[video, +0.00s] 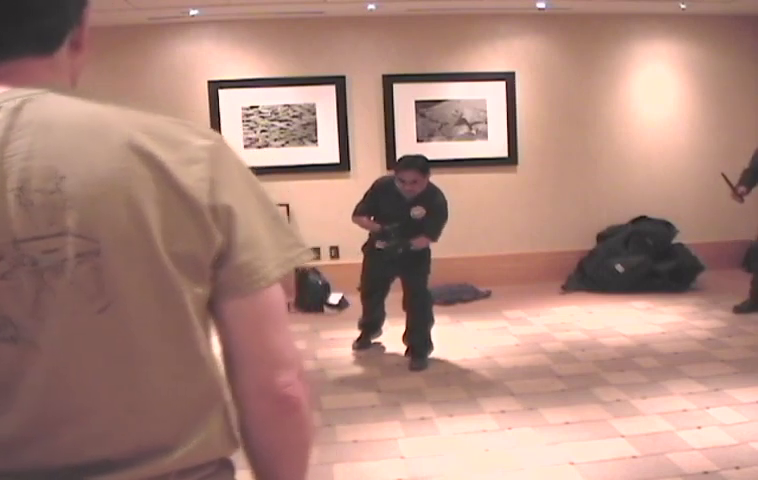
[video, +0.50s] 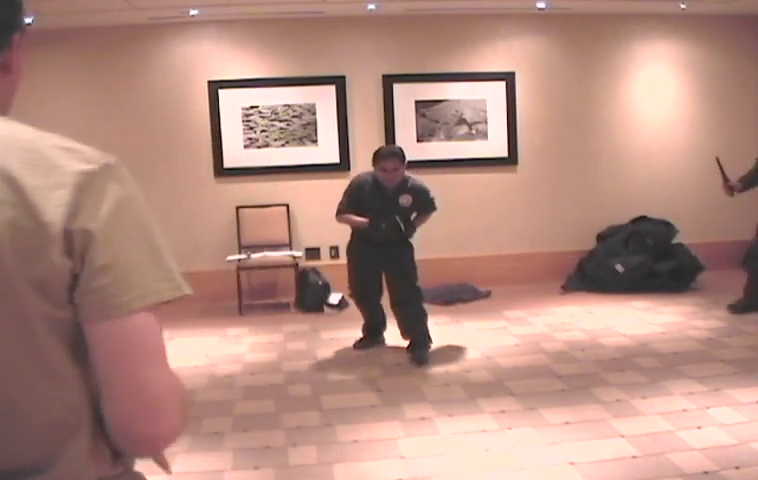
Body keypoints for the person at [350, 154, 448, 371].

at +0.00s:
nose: (407, 187)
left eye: (414, 182)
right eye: (402, 181)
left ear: (426, 179)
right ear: (395, 176)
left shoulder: (435, 200)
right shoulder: (382, 187)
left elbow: (428, 237)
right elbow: (357, 216)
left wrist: (403, 245)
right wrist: (376, 228)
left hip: (414, 253)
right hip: (380, 251)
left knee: (417, 300)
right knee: (370, 292)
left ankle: (418, 351)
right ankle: (369, 331)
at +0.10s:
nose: (405, 185)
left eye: (412, 179)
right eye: (400, 179)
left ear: (423, 177)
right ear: (393, 175)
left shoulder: (433, 198)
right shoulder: (380, 186)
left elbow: (436, 234)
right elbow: (356, 214)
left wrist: (410, 242)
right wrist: (372, 225)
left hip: (413, 253)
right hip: (379, 250)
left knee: (416, 300)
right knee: (370, 292)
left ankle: (418, 351)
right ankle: (371, 331)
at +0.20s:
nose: (402, 182)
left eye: (408, 176)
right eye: (396, 176)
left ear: (419, 174)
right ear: (389, 173)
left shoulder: (427, 193)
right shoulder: (376, 185)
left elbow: (442, 229)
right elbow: (352, 215)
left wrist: (417, 239)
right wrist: (376, 226)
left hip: (410, 253)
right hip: (377, 250)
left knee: (415, 301)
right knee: (370, 294)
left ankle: (419, 351)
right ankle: (372, 333)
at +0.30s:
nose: (397, 179)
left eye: (403, 174)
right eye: (392, 174)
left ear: (414, 171)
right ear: (384, 171)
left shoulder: (422, 191)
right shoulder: (371, 185)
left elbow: (443, 219)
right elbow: (349, 215)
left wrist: (420, 234)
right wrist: (374, 223)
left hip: (406, 250)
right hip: (373, 250)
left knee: (413, 300)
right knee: (369, 295)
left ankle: (419, 349)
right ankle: (374, 334)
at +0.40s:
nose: (392, 177)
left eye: (397, 172)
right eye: (387, 172)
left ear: (408, 169)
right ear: (379, 170)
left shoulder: (417, 189)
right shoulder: (365, 185)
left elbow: (436, 212)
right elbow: (345, 215)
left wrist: (417, 229)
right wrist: (370, 222)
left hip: (401, 249)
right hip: (368, 249)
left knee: (410, 298)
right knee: (366, 294)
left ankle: (419, 347)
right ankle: (374, 333)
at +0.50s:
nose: (390, 176)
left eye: (395, 170)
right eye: (384, 170)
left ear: (404, 167)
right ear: (375, 169)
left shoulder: (413, 187)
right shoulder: (361, 184)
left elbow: (428, 208)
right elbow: (341, 215)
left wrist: (410, 226)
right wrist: (368, 223)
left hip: (397, 248)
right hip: (363, 248)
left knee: (406, 296)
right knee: (364, 294)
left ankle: (419, 343)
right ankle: (373, 333)